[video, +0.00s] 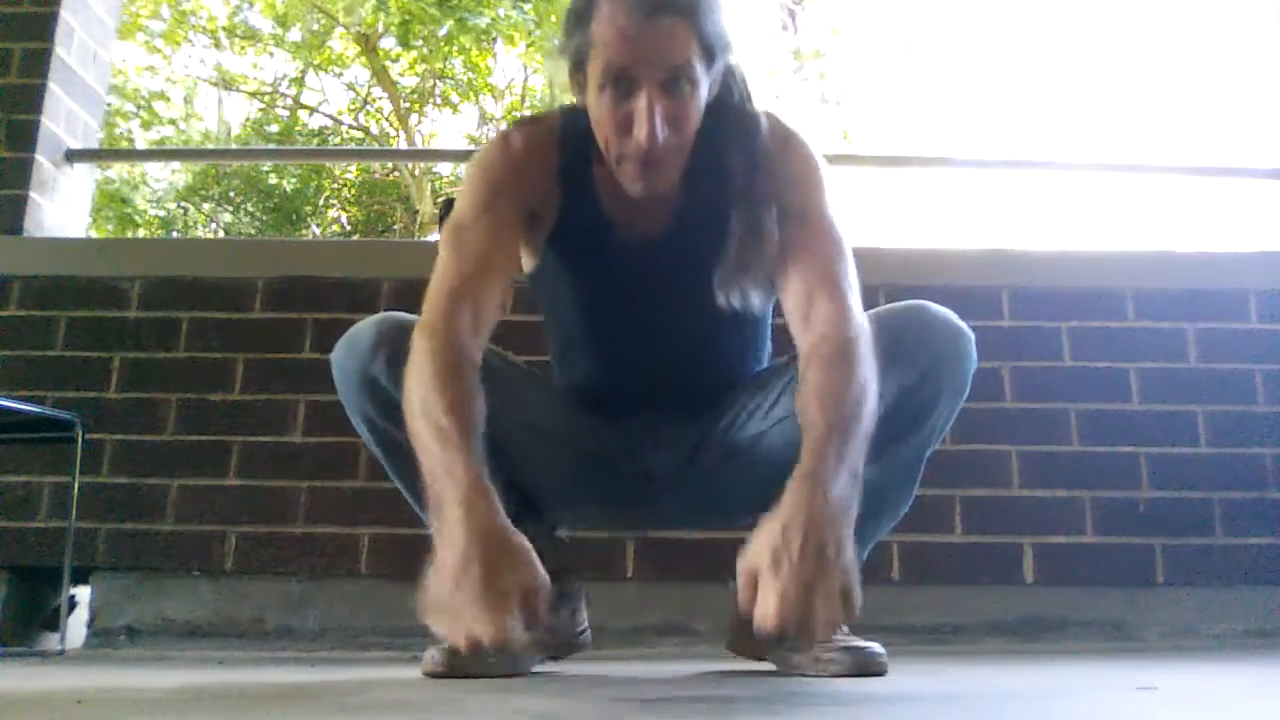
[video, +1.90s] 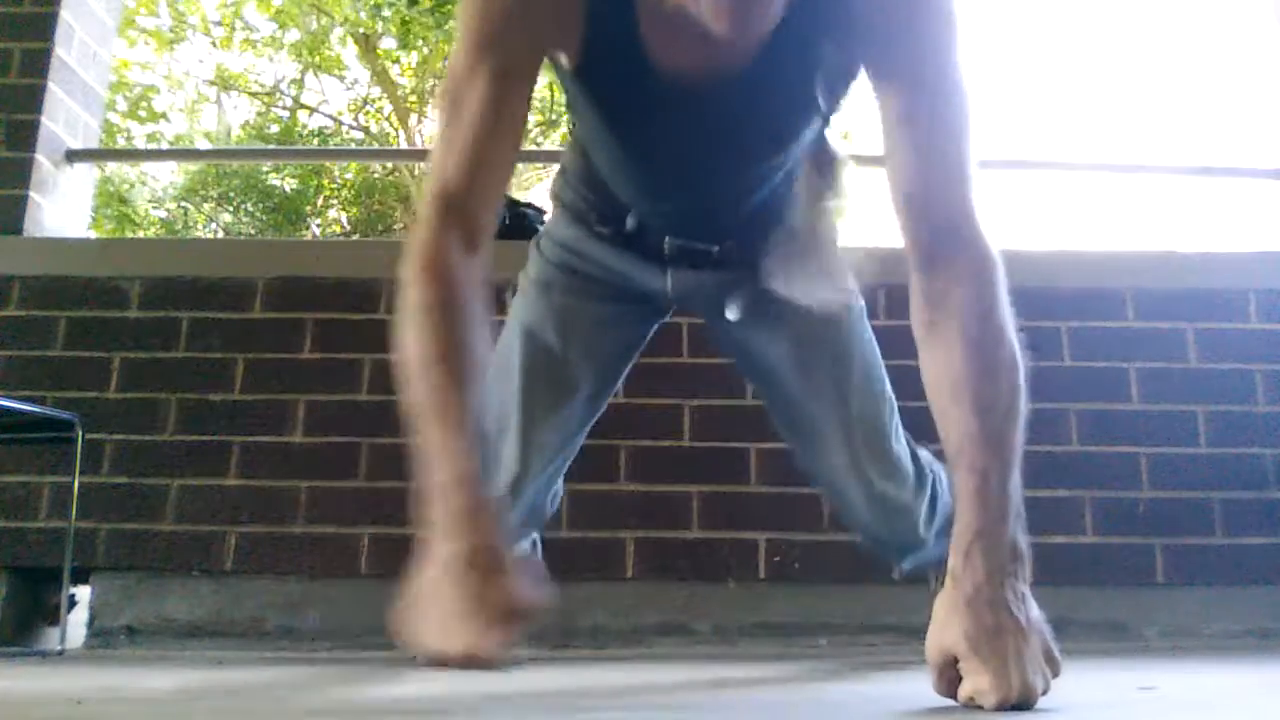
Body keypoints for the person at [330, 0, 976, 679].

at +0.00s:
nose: (647, 122)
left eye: (675, 86)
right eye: (619, 88)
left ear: (713, 82)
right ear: (581, 83)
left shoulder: (773, 158)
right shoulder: (523, 161)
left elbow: (832, 333)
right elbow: (447, 339)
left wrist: (819, 512)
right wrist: (468, 529)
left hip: (732, 449)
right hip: (584, 448)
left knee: (936, 342)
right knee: (371, 353)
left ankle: (788, 602)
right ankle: (529, 605)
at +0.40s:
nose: (643, 52)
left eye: (675, 13)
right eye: (613, 13)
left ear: (719, 6)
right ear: (572, 5)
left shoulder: (788, 74)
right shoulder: (501, 63)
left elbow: (816, 289)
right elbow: (416, 304)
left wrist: (807, 552)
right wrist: (413, 556)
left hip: (739, 373)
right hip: (573, 373)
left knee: (952, 372)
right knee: (347, 393)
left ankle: (793, 589)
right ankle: (527, 570)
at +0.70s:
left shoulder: (793, 16)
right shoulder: (443, 12)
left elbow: (824, 230)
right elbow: (397, 247)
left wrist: (805, 552)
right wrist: (404, 561)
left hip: (738, 268)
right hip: (560, 267)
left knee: (924, 418)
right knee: (330, 422)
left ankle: (803, 568)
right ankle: (518, 554)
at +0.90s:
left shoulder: (786, 13)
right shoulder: (396, 10)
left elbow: (812, 219)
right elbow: (368, 232)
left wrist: (795, 557)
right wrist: (366, 562)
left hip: (735, 205)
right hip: (555, 203)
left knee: (895, 482)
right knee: (353, 409)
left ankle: (891, 552)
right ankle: (528, 561)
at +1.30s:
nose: (620, 69)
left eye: (655, 45)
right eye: (606, 53)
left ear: (721, 6)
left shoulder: (812, 11)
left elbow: (846, 200)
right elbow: (375, 239)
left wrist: (843, 533)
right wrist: (364, 560)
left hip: (749, 209)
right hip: (556, 202)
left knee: (848, 460)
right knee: (413, 505)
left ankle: (937, 539)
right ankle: (491, 524)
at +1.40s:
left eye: (722, 38)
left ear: (765, 22)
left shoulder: (838, 8)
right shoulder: (427, 6)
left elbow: (889, 203)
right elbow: (384, 240)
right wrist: (364, 563)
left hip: (743, 228)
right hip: (551, 228)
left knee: (886, 510)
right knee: (442, 544)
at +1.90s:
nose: (723, 15)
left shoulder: (891, 10)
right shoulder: (535, 2)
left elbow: (950, 258)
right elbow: (448, 241)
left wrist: (990, 568)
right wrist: (456, 535)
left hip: (775, 249)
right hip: (599, 242)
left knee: (886, 504)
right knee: (490, 506)